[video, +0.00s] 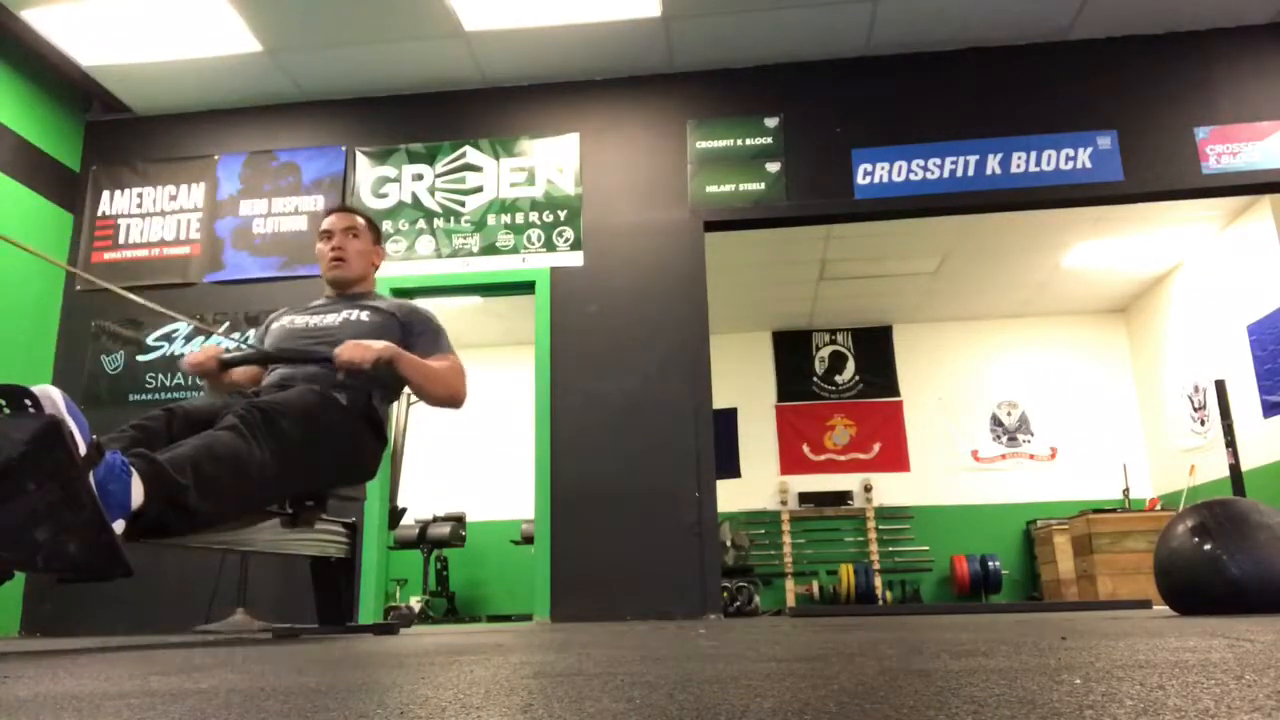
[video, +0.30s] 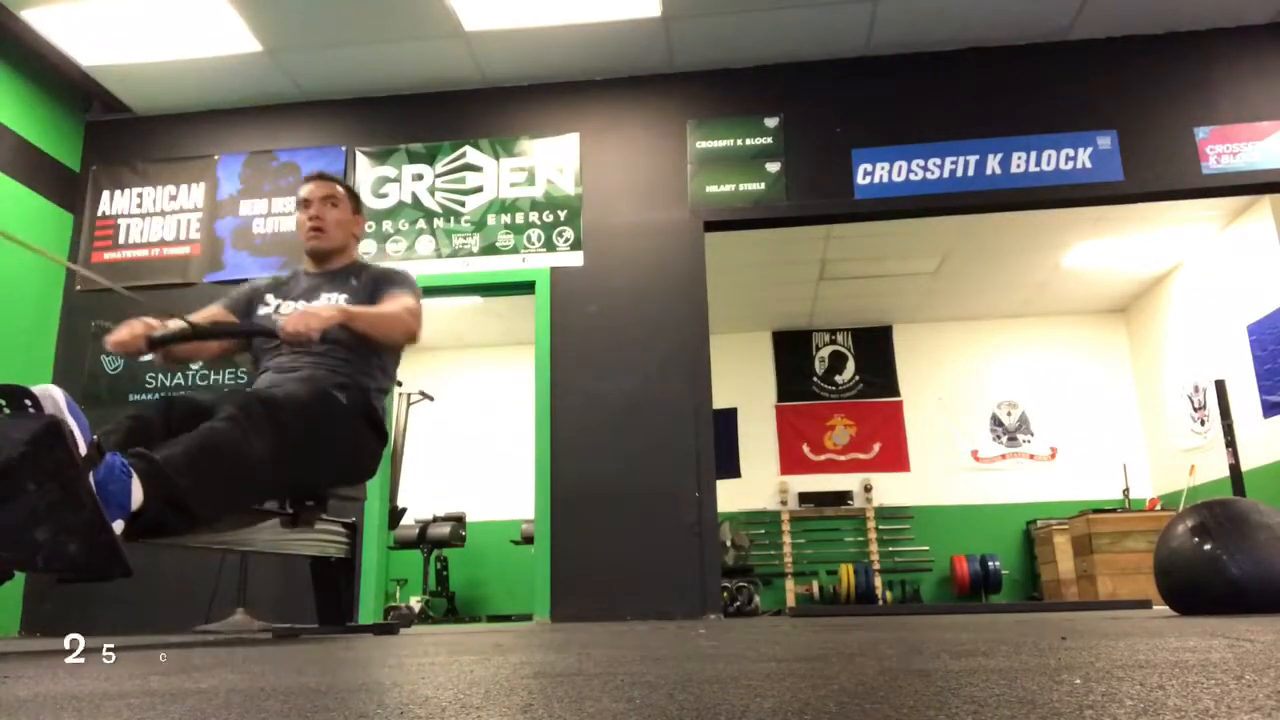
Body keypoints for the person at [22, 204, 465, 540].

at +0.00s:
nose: (336, 244)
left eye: (350, 235)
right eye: (327, 237)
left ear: (377, 253)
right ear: (317, 254)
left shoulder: (406, 316)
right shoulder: (289, 319)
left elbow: (454, 391)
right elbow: (254, 379)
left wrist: (390, 353)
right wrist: (213, 371)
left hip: (342, 413)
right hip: (271, 408)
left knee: (250, 435)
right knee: (171, 420)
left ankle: (125, 491)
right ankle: (92, 475)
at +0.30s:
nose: (314, 214)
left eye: (330, 205)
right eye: (306, 207)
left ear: (358, 223)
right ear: (297, 224)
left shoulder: (385, 279)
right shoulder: (270, 291)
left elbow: (407, 326)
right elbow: (202, 331)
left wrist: (338, 315)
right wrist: (155, 332)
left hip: (345, 408)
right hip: (268, 401)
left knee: (249, 423)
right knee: (174, 413)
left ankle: (130, 491)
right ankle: (87, 462)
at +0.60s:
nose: (260, 171)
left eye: (278, 160)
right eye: (250, 162)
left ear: (309, 184)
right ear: (239, 181)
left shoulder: (341, 242)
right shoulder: (218, 253)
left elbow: (365, 287)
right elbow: (141, 291)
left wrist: (280, 275)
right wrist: (74, 296)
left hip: (322, 421)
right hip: (226, 420)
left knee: (241, 339)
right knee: (119, 338)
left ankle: (122, 488)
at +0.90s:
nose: (157, 107)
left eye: (180, 92)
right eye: (144, 96)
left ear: (223, 117)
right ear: (133, 117)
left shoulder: (266, 180)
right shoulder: (113, 197)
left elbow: (281, 233)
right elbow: (12, 233)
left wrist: (159, 227)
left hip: (261, 407)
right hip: (144, 404)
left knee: (208, 256)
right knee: (30, 265)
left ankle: (124, 458)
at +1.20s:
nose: (101, 69)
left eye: (128, 54)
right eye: (88, 60)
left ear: (176, 85)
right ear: (78, 87)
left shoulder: (226, 148)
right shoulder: (59, 172)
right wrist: (12, 164)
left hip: (232, 390)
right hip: (105, 382)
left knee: (177, 221)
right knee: (23, 227)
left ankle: (123, 448)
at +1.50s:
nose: (217, 115)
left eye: (240, 106)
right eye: (205, 107)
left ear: (273, 137)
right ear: (191, 133)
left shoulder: (308, 199)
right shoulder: (169, 207)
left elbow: (280, 233)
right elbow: (79, 247)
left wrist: (183, 194)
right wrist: (4, 239)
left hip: (282, 402)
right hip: (182, 396)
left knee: (216, 286)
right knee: (86, 288)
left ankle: (116, 474)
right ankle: (14, 446)